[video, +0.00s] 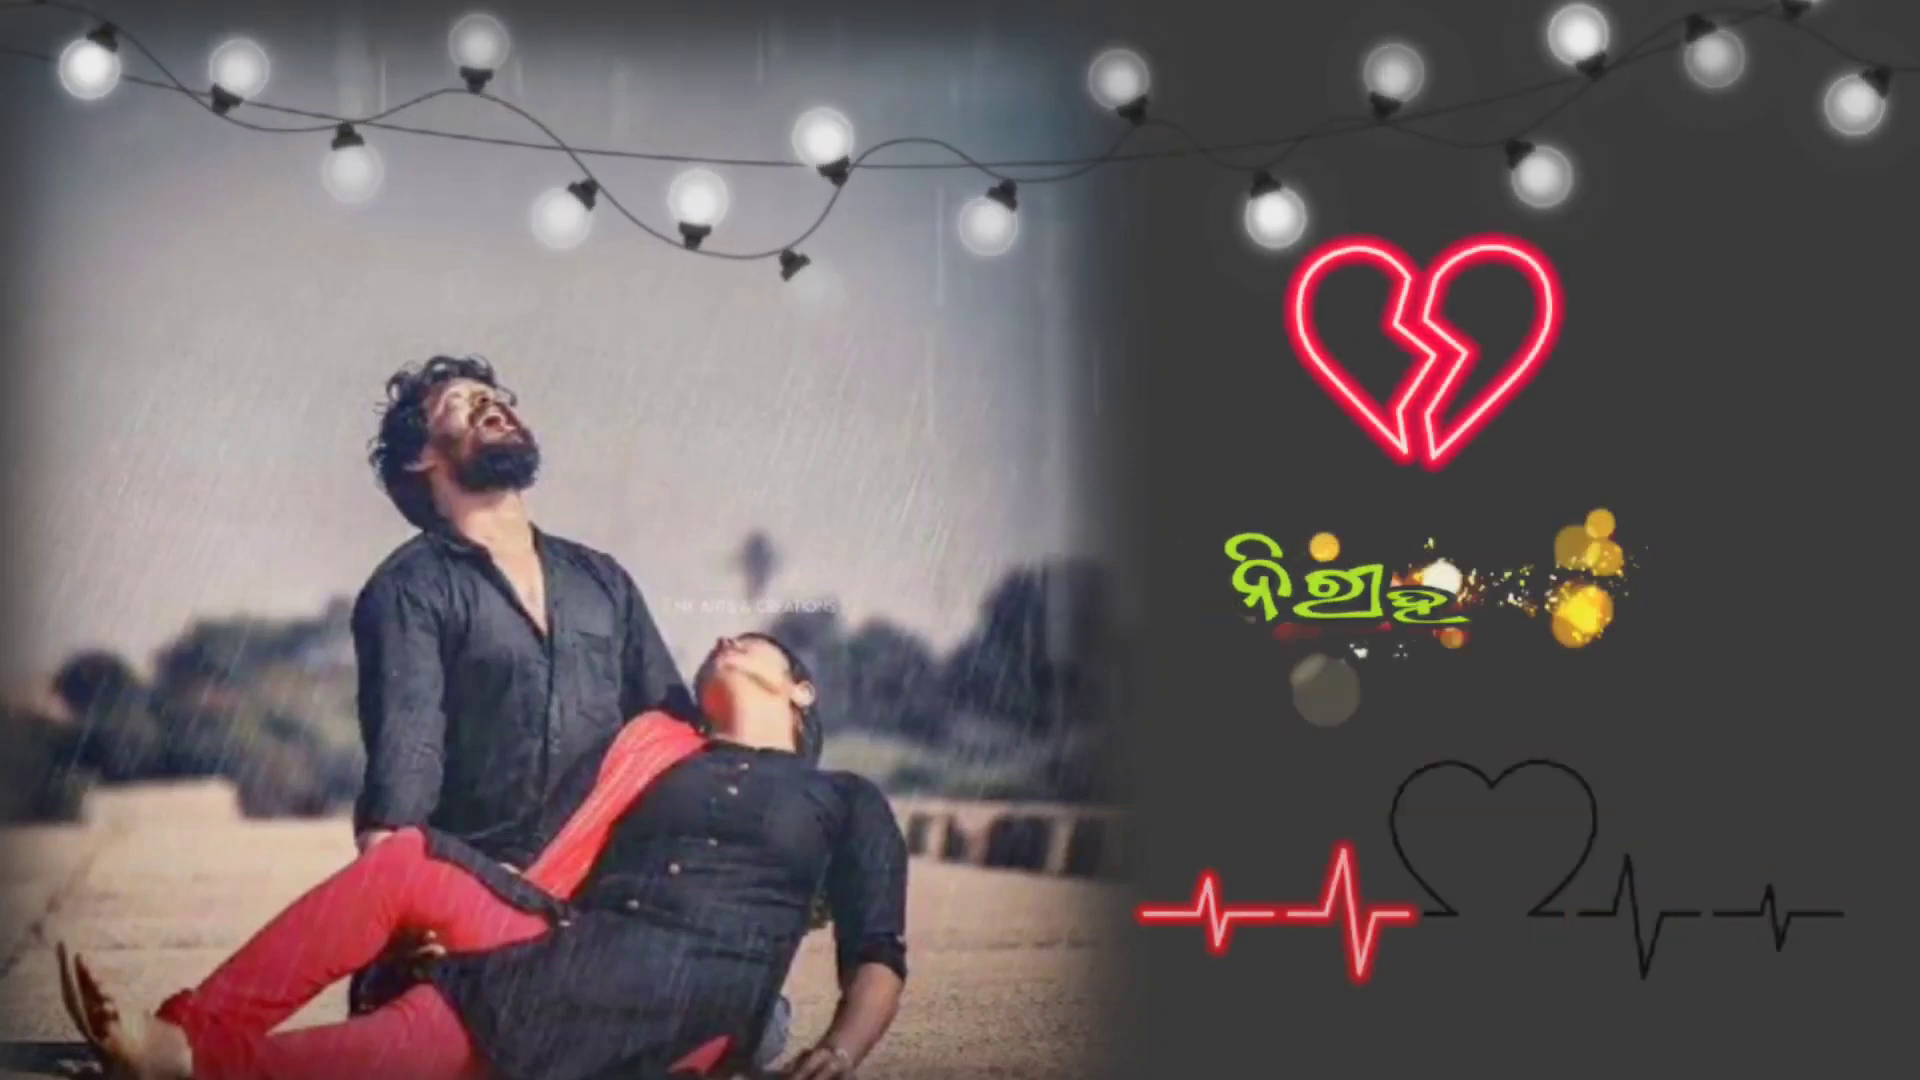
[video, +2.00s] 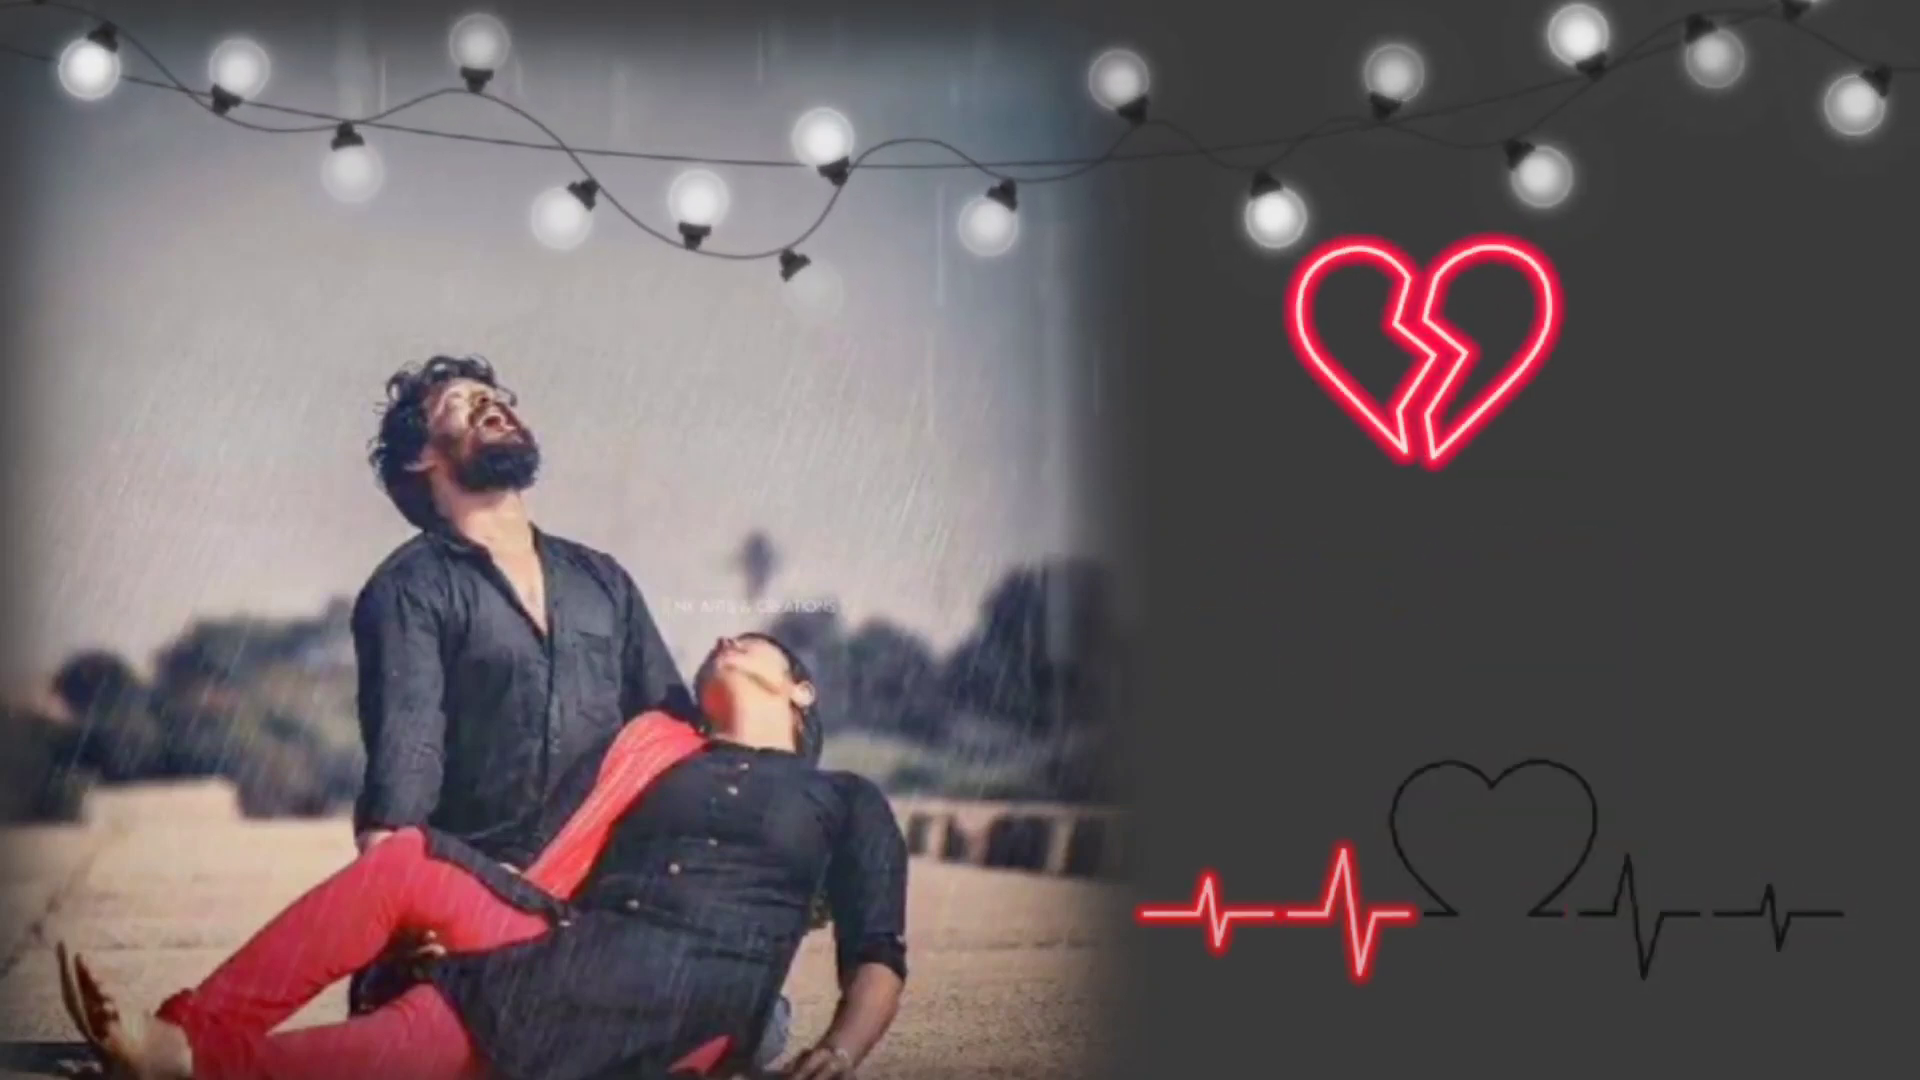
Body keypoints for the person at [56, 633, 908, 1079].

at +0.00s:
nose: (722, 660)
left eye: (749, 656)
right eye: (717, 659)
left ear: (799, 699)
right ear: (709, 699)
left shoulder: (843, 798)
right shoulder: (663, 756)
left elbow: (878, 967)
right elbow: (576, 893)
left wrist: (835, 1064)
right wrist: (458, 950)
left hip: (694, 981)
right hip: (590, 944)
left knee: (451, 1028)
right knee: (401, 861)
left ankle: (187, 1059)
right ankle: (177, 1040)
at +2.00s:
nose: (722, 662)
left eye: (749, 657)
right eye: (717, 661)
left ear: (799, 699)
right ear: (708, 699)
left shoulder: (843, 798)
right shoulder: (663, 757)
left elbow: (878, 967)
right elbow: (576, 894)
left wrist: (835, 1066)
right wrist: (457, 948)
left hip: (693, 981)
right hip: (588, 945)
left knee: (448, 1029)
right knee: (400, 860)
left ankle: (186, 1059)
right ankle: (178, 1040)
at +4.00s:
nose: (721, 658)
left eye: (749, 654)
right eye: (716, 657)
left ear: (799, 699)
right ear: (709, 699)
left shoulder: (844, 798)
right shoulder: (662, 753)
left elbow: (879, 968)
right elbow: (572, 891)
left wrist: (834, 1065)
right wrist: (455, 945)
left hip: (691, 984)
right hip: (585, 946)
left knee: (450, 1029)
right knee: (400, 862)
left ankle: (188, 1057)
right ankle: (179, 1041)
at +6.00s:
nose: (721, 660)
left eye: (749, 656)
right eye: (717, 659)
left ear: (799, 699)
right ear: (709, 698)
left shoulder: (844, 798)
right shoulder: (662, 755)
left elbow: (879, 967)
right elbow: (574, 892)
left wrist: (836, 1063)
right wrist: (455, 949)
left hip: (693, 982)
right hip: (587, 946)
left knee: (451, 1028)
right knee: (400, 859)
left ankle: (187, 1058)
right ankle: (178, 1041)